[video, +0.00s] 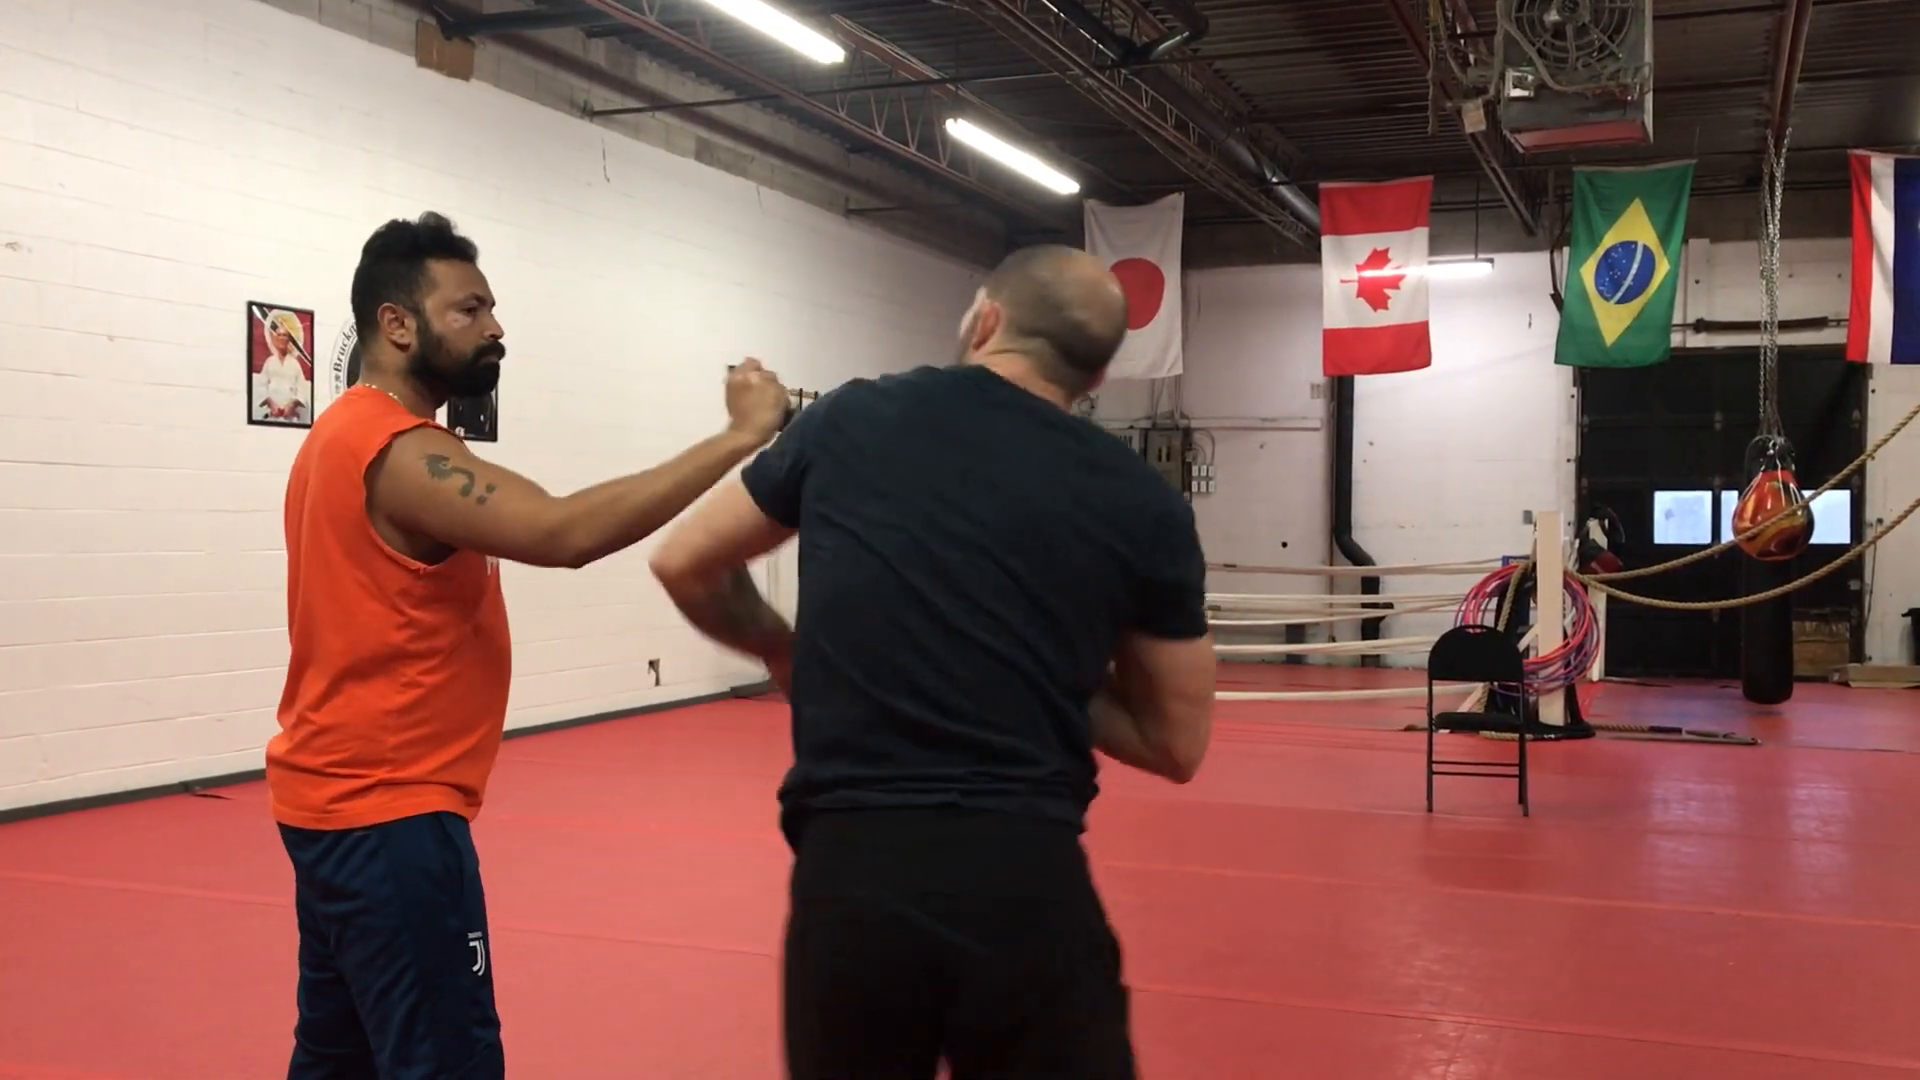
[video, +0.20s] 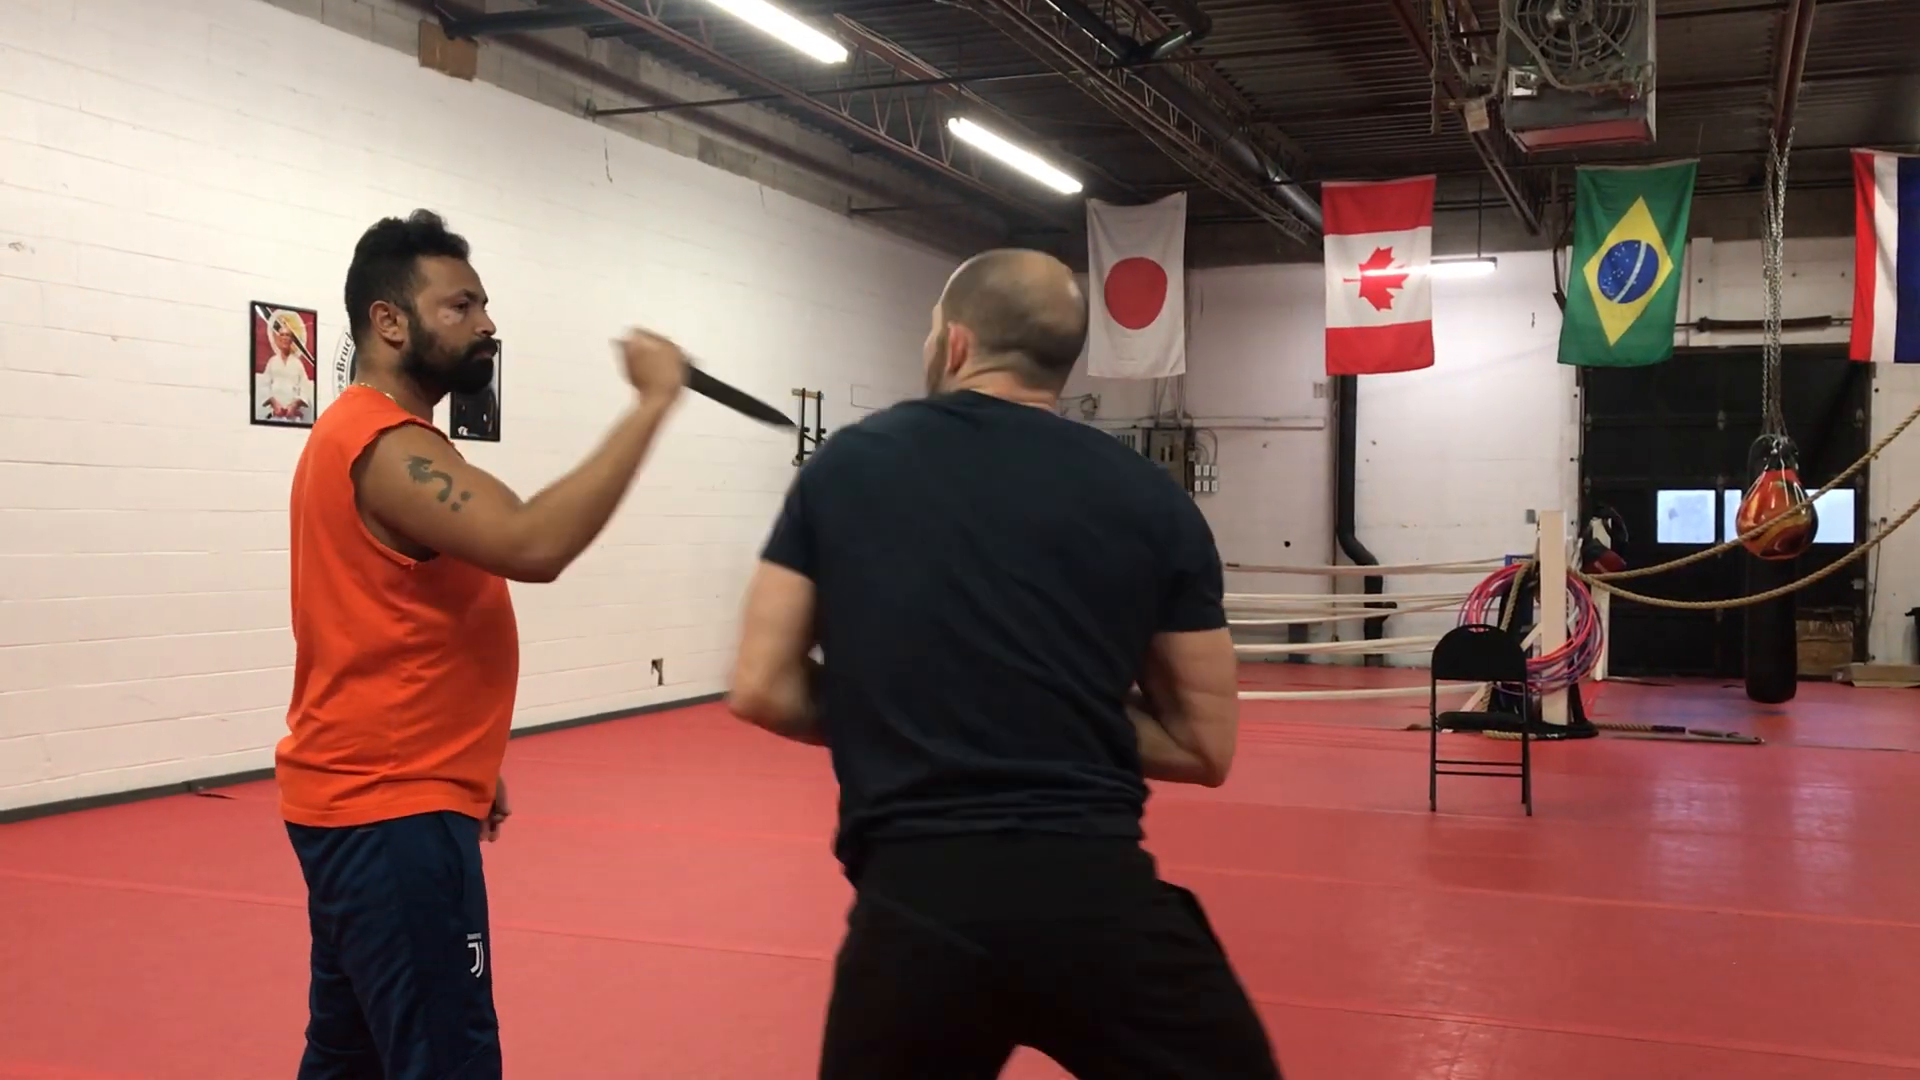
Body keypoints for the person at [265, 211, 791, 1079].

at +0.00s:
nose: (496, 328)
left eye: (489, 307)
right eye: (472, 308)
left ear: (395, 329)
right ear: (395, 324)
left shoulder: (336, 439)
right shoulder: (396, 450)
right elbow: (565, 531)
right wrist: (742, 438)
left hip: (335, 805)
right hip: (393, 814)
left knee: (337, 1057)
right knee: (452, 1058)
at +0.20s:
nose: (486, 326)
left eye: (483, 305)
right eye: (462, 306)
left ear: (391, 328)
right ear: (388, 322)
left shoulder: (353, 435)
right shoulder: (385, 442)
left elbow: (386, 633)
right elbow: (534, 542)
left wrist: (466, 763)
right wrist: (653, 402)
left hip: (361, 803)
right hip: (395, 809)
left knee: (350, 1055)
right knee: (451, 1059)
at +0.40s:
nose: (468, 326)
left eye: (467, 309)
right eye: (445, 305)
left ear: (382, 329)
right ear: (376, 323)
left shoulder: (390, 437)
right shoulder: (361, 439)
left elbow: (401, 640)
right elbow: (503, 499)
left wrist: (488, 760)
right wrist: (505, 334)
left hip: (404, 803)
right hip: (398, 809)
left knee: (362, 1056)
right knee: (451, 1058)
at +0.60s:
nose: (467, 337)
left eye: (467, 315)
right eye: (444, 312)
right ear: (379, 328)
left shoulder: (417, 435)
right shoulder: (341, 444)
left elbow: (444, 632)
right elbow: (458, 482)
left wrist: (508, 766)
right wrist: (411, 349)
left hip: (445, 802)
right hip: (397, 808)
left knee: (378, 1056)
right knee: (460, 1057)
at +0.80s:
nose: (473, 338)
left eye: (475, 318)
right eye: (448, 315)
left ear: (475, 327)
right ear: (379, 336)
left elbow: (475, 625)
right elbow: (447, 492)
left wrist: (538, 756)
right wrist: (415, 350)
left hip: (466, 801)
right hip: (414, 807)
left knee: (397, 1056)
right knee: (477, 1058)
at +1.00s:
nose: (488, 326)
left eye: (488, 310)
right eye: (468, 307)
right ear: (402, 328)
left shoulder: (457, 439)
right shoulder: (377, 446)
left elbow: (487, 622)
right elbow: (492, 485)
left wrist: (557, 751)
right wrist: (471, 340)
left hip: (481, 798)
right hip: (439, 804)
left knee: (415, 1055)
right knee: (509, 1057)